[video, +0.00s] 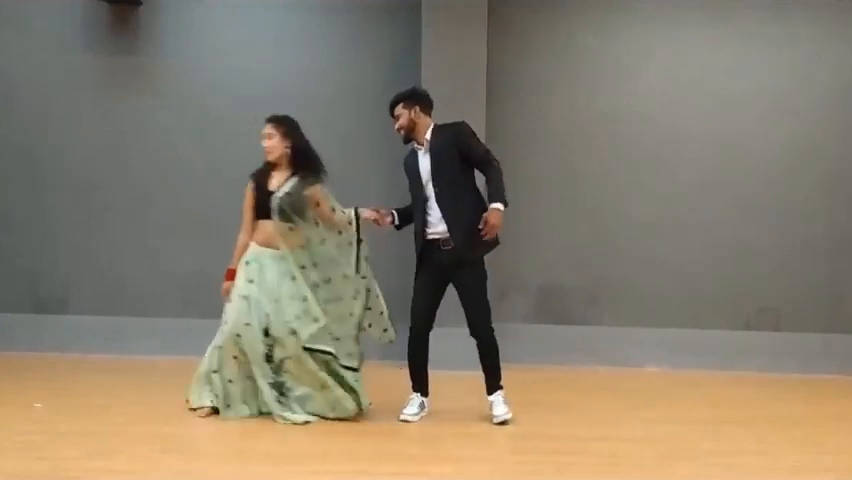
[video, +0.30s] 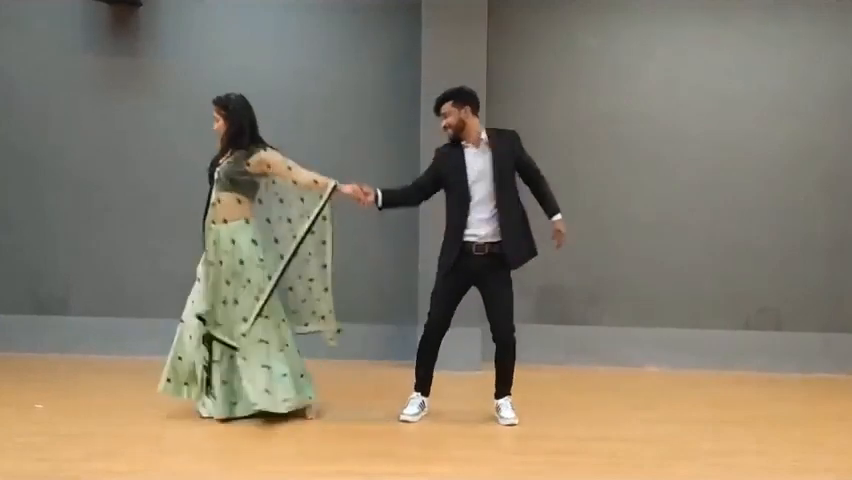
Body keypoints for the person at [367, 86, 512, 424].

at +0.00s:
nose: (395, 124)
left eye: (398, 116)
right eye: (393, 119)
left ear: (418, 111)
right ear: (412, 116)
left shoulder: (457, 133)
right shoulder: (411, 160)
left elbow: (490, 166)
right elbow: (422, 207)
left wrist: (497, 206)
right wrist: (393, 217)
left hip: (465, 247)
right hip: (430, 252)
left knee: (480, 326)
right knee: (419, 325)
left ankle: (496, 395)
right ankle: (419, 397)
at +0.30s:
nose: (443, 123)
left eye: (447, 115)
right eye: (441, 118)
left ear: (468, 111)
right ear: (458, 115)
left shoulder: (506, 142)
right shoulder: (447, 156)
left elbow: (533, 177)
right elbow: (417, 192)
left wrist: (555, 216)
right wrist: (376, 197)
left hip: (496, 256)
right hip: (458, 255)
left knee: (505, 334)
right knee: (434, 326)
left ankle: (503, 399)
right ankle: (419, 396)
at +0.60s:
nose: (475, 111)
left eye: (480, 103)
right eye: (473, 105)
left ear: (500, 102)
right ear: (475, 107)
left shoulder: (528, 139)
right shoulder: (469, 137)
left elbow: (538, 176)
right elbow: (427, 146)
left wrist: (554, 212)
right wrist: (381, 147)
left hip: (502, 250)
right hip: (466, 246)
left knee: (509, 328)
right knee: (436, 315)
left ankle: (503, 398)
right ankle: (409, 384)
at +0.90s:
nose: (453, 119)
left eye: (459, 113)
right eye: (452, 113)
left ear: (480, 114)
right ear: (467, 115)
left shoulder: (506, 154)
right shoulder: (446, 150)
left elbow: (520, 196)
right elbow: (414, 182)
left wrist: (535, 236)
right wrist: (372, 188)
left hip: (483, 259)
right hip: (445, 257)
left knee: (498, 330)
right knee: (419, 323)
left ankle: (503, 398)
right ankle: (397, 391)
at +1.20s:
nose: (425, 118)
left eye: (431, 113)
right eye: (423, 112)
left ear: (451, 113)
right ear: (423, 112)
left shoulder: (473, 150)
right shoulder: (418, 146)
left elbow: (490, 196)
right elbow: (402, 183)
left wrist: (490, 239)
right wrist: (362, 193)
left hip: (454, 251)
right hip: (417, 249)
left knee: (478, 324)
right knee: (407, 324)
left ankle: (500, 399)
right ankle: (393, 396)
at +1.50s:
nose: (436, 115)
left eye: (443, 111)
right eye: (434, 109)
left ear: (459, 113)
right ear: (432, 109)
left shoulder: (476, 152)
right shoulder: (417, 144)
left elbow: (488, 196)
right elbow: (396, 184)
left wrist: (485, 228)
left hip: (456, 251)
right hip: (417, 248)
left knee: (478, 325)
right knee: (404, 323)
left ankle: (501, 399)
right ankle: (394, 399)